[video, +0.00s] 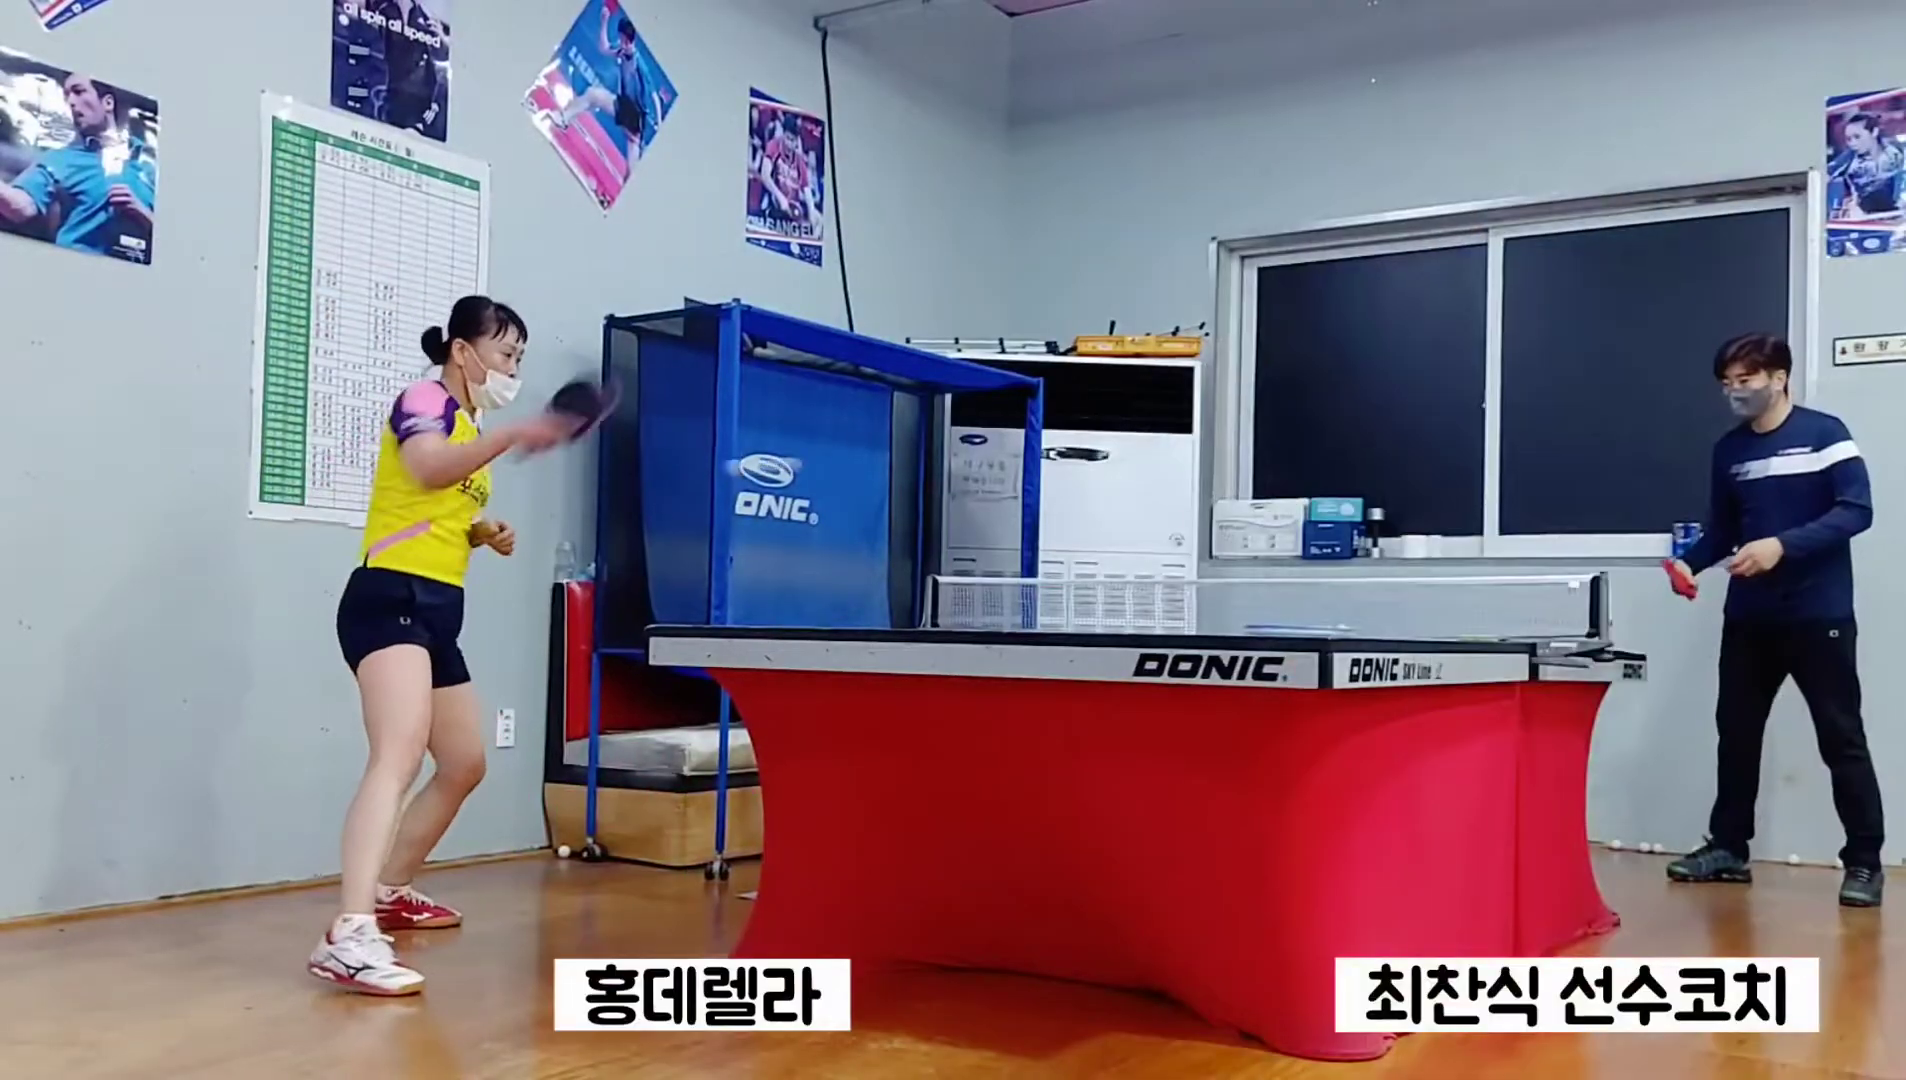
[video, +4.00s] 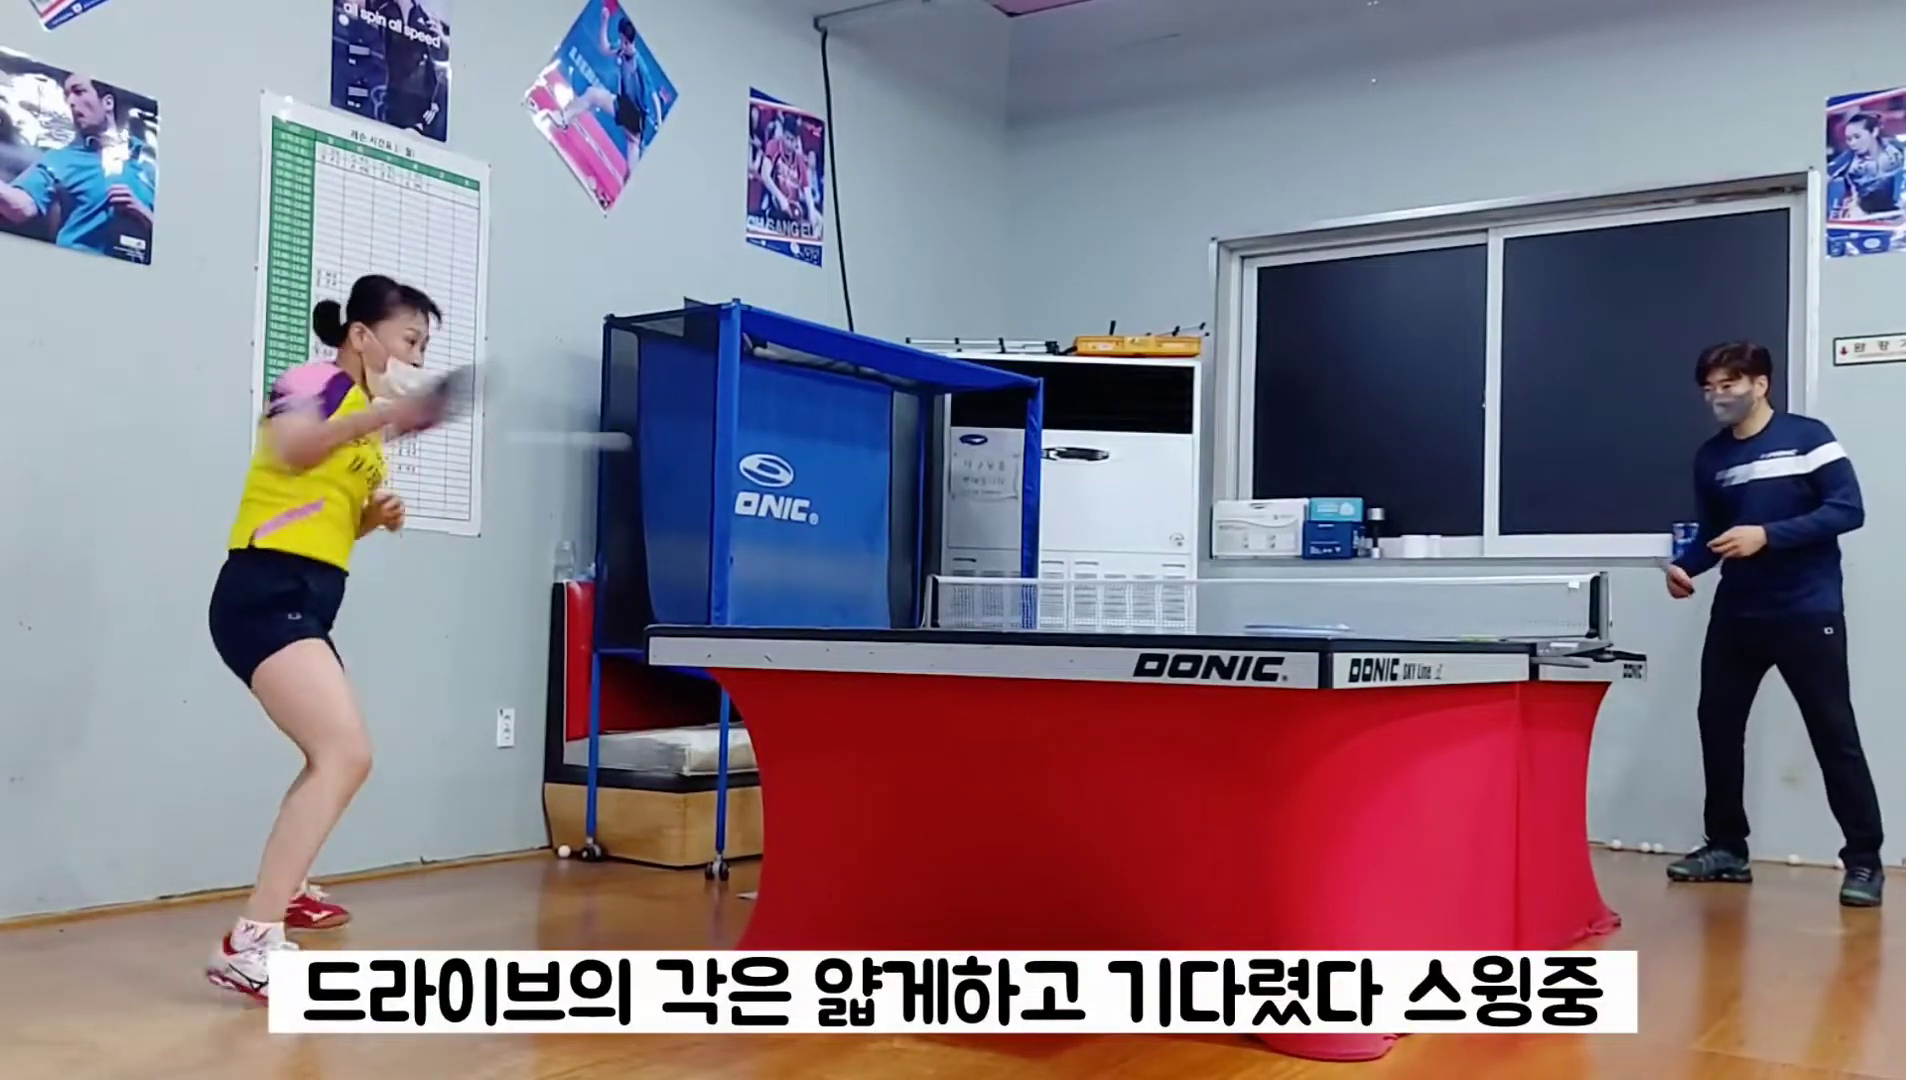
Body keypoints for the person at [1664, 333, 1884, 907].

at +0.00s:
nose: (1738, 388)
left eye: (1748, 376)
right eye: (1730, 381)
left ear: (1780, 378)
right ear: (1725, 388)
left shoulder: (1825, 433)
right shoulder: (1729, 449)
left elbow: (1857, 510)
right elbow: (1722, 532)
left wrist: (1782, 544)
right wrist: (1689, 560)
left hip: (1821, 618)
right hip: (1750, 619)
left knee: (1843, 742)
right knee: (1736, 733)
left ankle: (1863, 864)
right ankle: (1729, 848)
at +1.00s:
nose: (1736, 387)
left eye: (1747, 376)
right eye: (1728, 381)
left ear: (1778, 378)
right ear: (1723, 389)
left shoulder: (1827, 433)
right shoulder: (1730, 453)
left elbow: (1864, 508)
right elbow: (1725, 533)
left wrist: (1784, 533)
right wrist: (1692, 558)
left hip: (1823, 616)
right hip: (1754, 617)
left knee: (1842, 739)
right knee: (1737, 732)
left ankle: (1864, 864)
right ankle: (1729, 848)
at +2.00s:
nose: (1735, 390)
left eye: (1746, 379)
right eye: (1727, 384)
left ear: (1776, 380)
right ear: (1723, 392)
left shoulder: (1825, 433)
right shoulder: (1731, 452)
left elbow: (1861, 508)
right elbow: (1727, 532)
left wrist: (1776, 530)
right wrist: (1694, 565)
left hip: (1822, 617)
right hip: (1753, 618)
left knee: (1842, 740)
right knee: (1733, 731)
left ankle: (1864, 863)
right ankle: (1729, 849)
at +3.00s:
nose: (1741, 392)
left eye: (1752, 380)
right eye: (1734, 386)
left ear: (1783, 380)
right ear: (1729, 393)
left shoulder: (1833, 435)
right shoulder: (1736, 453)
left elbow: (1869, 510)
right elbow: (1731, 533)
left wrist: (1787, 534)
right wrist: (1700, 566)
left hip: (1827, 618)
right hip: (1757, 618)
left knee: (1844, 740)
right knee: (1738, 732)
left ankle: (1863, 864)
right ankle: (1729, 849)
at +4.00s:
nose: (1717, 395)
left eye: (1728, 384)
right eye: (1710, 388)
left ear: (1761, 384)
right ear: (1705, 395)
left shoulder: (1809, 436)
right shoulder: (1710, 458)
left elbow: (1848, 509)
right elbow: (1714, 534)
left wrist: (1767, 534)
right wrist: (1685, 564)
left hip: (1808, 615)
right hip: (1738, 616)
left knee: (1835, 737)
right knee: (1717, 725)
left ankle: (1863, 862)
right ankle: (1727, 848)